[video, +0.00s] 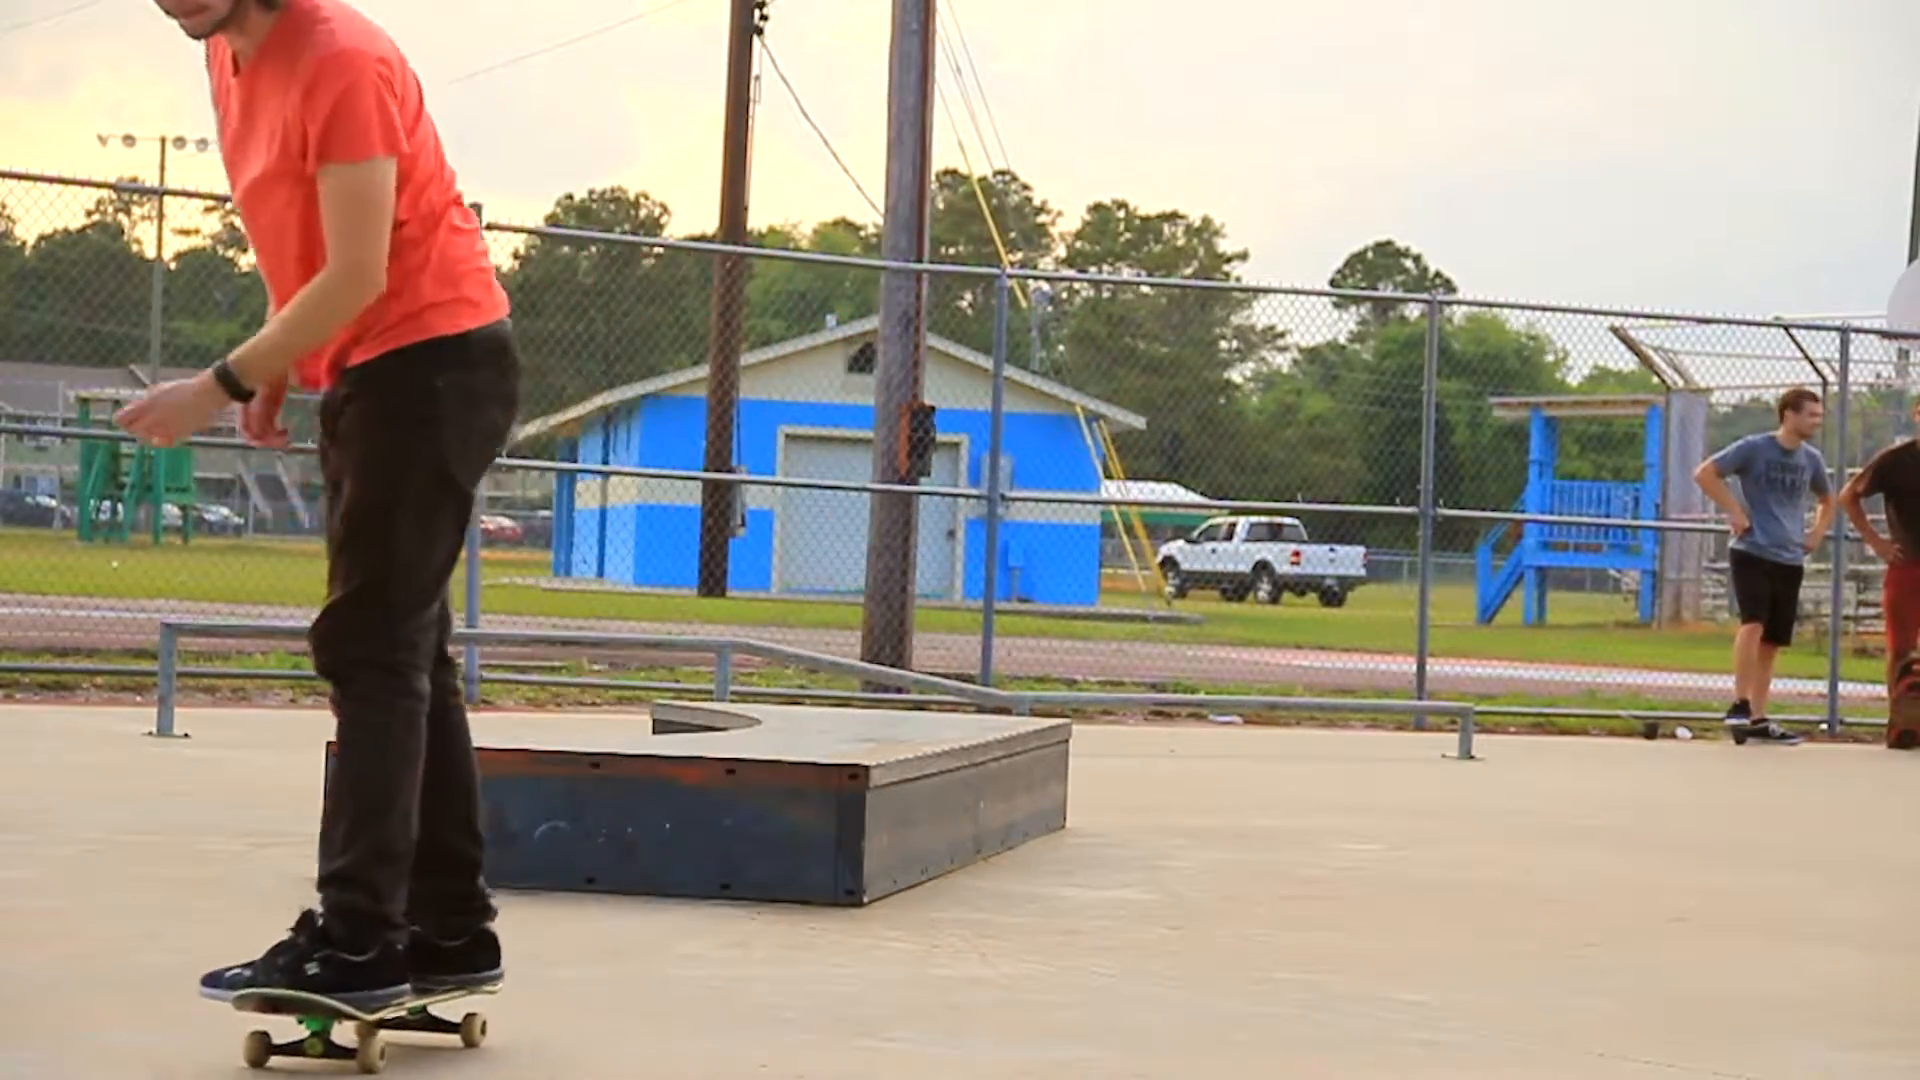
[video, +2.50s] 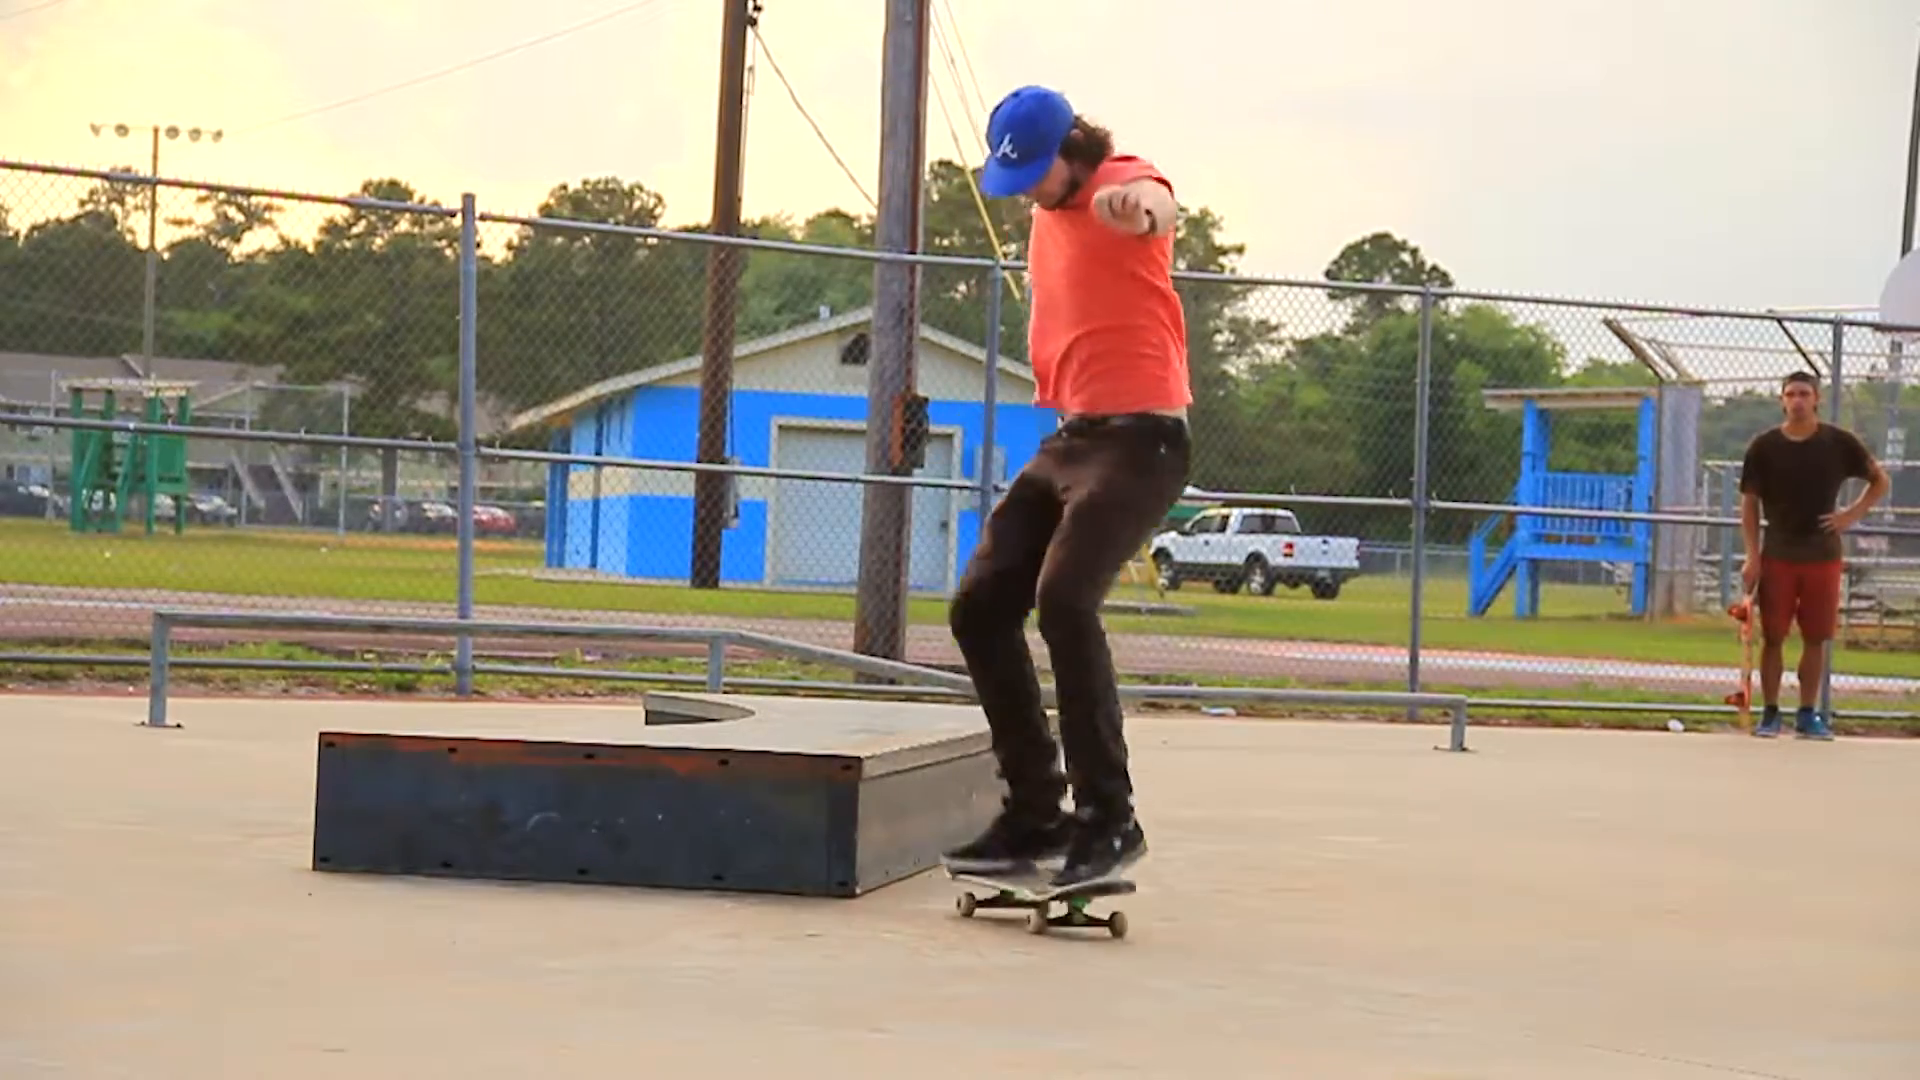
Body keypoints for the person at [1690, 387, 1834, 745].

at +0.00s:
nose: (1817, 422)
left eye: (1819, 415)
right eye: (1812, 415)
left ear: (1816, 420)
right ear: (1788, 415)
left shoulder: (1812, 459)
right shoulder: (1755, 447)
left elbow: (1828, 500)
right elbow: (1705, 473)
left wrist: (1817, 534)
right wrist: (1735, 511)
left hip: (1789, 557)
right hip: (1752, 550)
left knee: (1772, 641)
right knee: (1753, 624)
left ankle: (1758, 717)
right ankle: (1741, 704)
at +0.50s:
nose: (1807, 401)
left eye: (1814, 395)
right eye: (1802, 395)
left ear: (1827, 400)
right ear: (1793, 400)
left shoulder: (1848, 444)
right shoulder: (1772, 445)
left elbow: (1889, 483)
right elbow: (1757, 501)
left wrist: (1859, 514)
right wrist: (1749, 553)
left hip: (1825, 555)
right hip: (1781, 553)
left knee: (1817, 639)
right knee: (1774, 636)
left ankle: (1808, 714)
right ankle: (1770, 712)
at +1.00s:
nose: (1801, 402)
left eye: (1808, 395)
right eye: (1796, 395)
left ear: (1823, 400)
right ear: (1788, 401)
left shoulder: (1846, 443)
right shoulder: (1770, 446)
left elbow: (1888, 482)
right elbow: (1756, 503)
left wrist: (1859, 515)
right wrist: (1755, 554)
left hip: (1826, 554)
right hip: (1781, 552)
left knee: (1818, 640)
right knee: (1774, 636)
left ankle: (1808, 714)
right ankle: (1770, 712)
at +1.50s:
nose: (1799, 402)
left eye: (1805, 395)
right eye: (1793, 395)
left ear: (1820, 399)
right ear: (1786, 401)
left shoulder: (1843, 443)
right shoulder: (1767, 447)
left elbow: (1884, 481)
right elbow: (1753, 503)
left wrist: (1856, 515)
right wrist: (1752, 554)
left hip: (1824, 556)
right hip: (1779, 553)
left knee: (1817, 639)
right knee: (1774, 637)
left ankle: (1808, 714)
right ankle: (1770, 713)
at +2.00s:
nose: (1798, 402)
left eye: (1805, 396)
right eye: (1792, 396)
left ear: (1818, 400)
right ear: (1783, 401)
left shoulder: (1841, 443)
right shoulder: (1765, 448)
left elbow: (1883, 481)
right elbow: (1752, 504)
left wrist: (1854, 514)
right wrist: (1754, 555)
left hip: (1823, 555)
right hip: (1778, 553)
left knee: (1816, 640)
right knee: (1774, 638)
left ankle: (1807, 714)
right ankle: (1770, 712)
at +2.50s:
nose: (1797, 401)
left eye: (1803, 395)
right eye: (1791, 395)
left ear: (1816, 400)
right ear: (1782, 400)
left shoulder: (1839, 442)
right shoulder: (1763, 446)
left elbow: (1881, 480)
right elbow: (1749, 503)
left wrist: (1851, 514)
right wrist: (1752, 555)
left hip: (1822, 555)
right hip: (1777, 554)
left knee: (1816, 639)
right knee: (1773, 638)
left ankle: (1807, 713)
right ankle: (1770, 712)